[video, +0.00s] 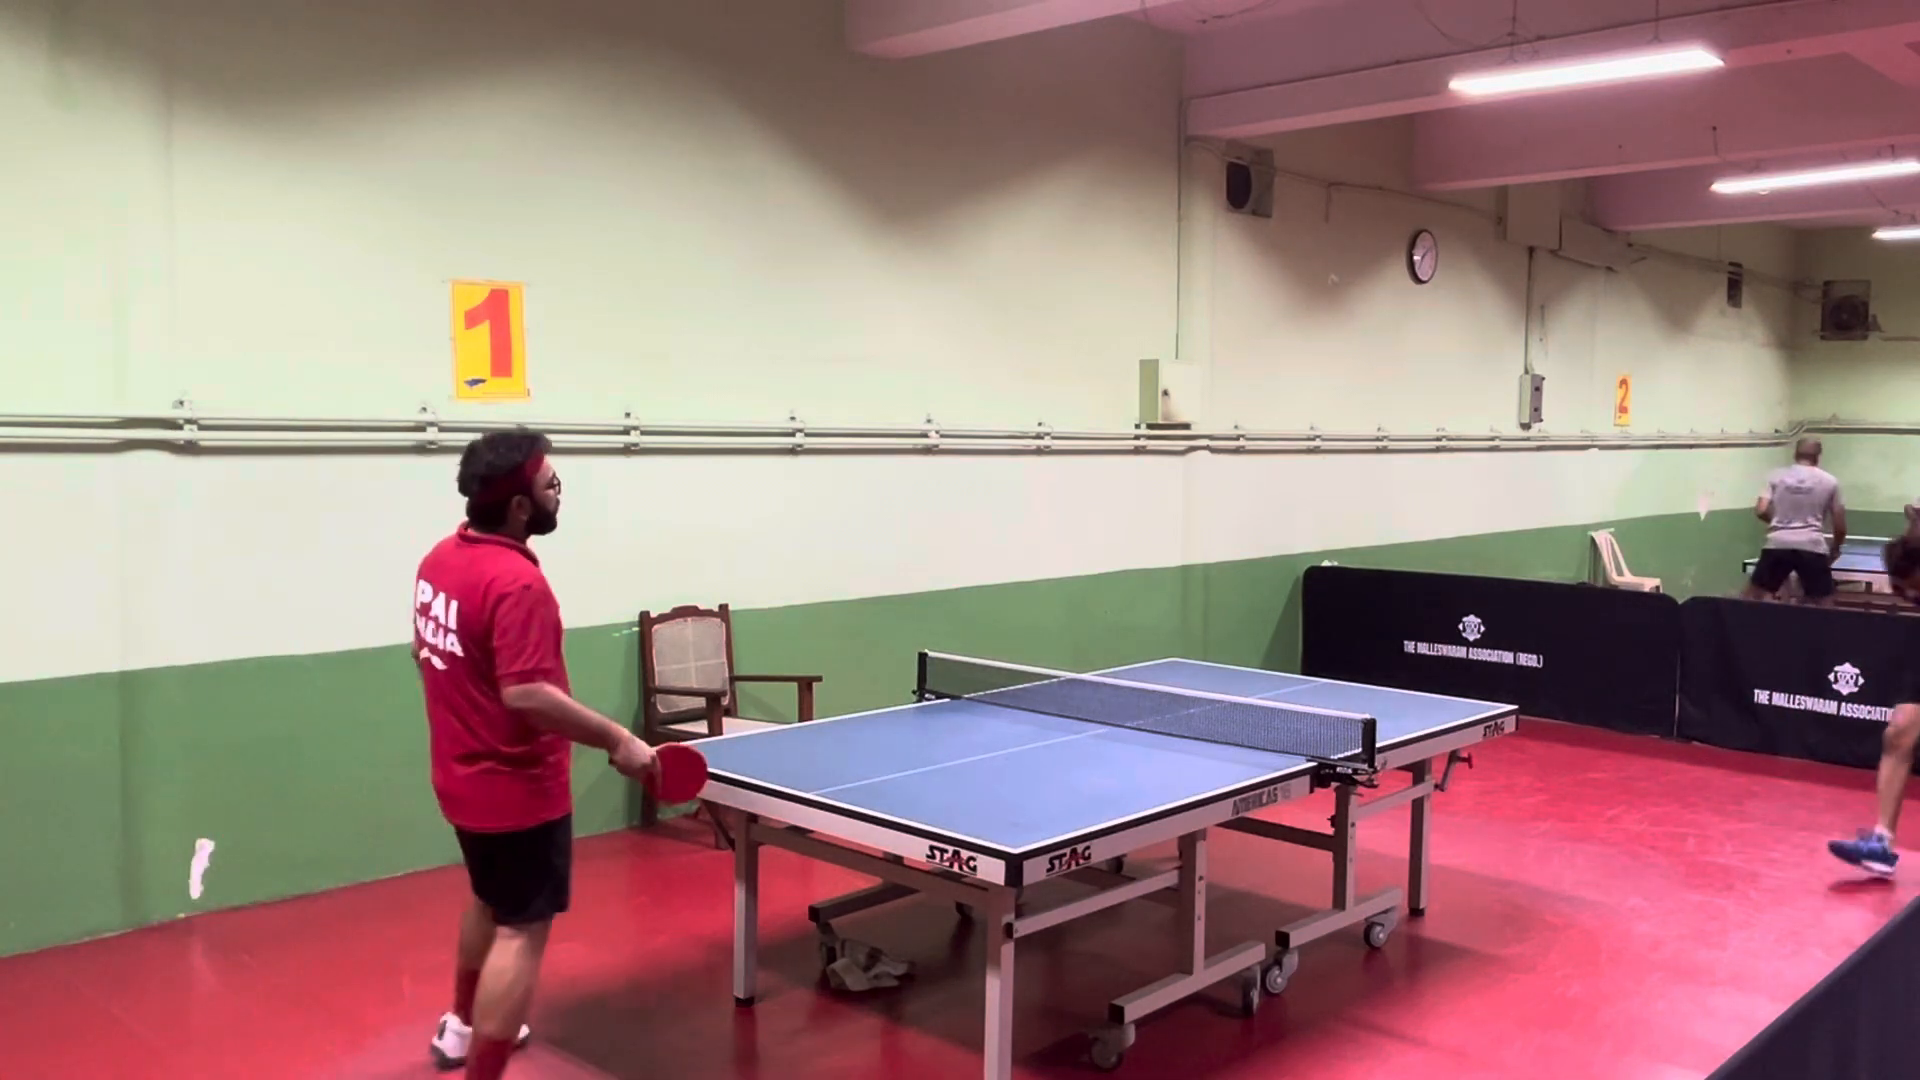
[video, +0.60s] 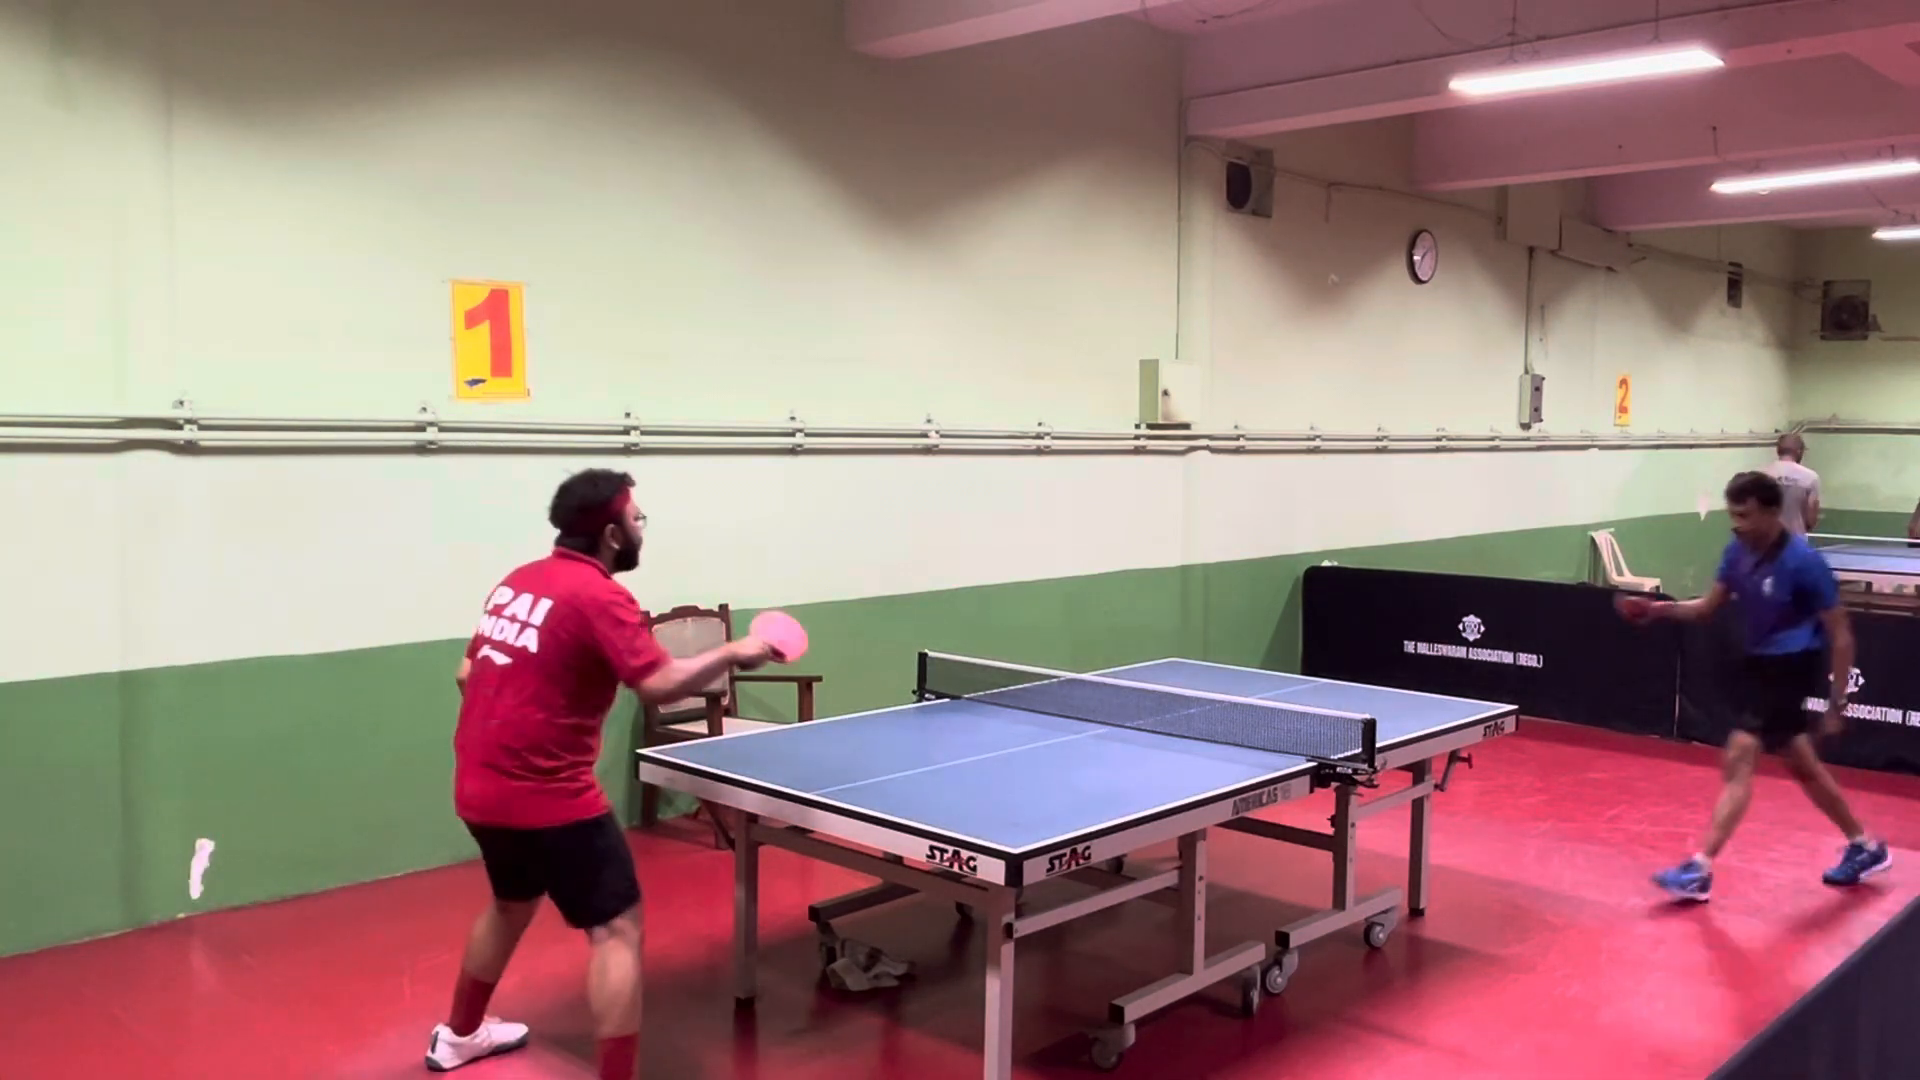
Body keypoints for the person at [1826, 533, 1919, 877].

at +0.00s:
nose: (1911, 597)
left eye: (1914, 589)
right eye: (1907, 591)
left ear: (1916, 578)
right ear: (1899, 584)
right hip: (1916, 682)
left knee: (1902, 733)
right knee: (1899, 731)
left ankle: (1883, 837)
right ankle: (1882, 837)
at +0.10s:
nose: (1874, 573)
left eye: (1878, 564)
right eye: (1869, 566)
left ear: (1898, 550)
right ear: (1868, 561)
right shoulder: (1873, 581)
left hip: (1911, 666)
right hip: (1906, 664)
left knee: (1877, 746)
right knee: (1874, 743)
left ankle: (1875, 849)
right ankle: (1875, 849)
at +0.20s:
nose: (1840, 554)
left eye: (1844, 545)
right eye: (1835, 547)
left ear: (1867, 533)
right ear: (1839, 541)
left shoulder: (1911, 559)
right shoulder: (1843, 567)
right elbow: (1851, 613)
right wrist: (1850, 662)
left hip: (1915, 660)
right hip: (1876, 661)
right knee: (1850, 744)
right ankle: (1872, 850)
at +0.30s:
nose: (1815, 531)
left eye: (1821, 521)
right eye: (1811, 523)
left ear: (1849, 514)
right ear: (1814, 522)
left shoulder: (1893, 551)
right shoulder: (1824, 556)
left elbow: (1918, 599)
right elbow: (1819, 608)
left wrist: (1882, 634)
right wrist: (1789, 666)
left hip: (1900, 658)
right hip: (1853, 656)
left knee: (1880, 755)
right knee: (1843, 753)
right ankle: (1872, 852)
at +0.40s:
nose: (1791, 518)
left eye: (1797, 509)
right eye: (1788, 510)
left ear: (1824, 502)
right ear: (1791, 508)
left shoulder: (1866, 544)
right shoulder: (1795, 545)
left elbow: (1913, 605)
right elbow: (1781, 606)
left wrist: (1915, 681)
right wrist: (1744, 641)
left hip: (1868, 652)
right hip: (1823, 652)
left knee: (1823, 739)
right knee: (1840, 751)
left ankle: (1864, 851)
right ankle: (1869, 853)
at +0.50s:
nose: (1762, 519)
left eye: (1770, 509)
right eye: (1759, 510)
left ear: (1800, 505)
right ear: (1761, 507)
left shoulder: (1837, 550)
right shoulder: (1767, 547)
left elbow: (1879, 614)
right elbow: (1741, 603)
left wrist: (1877, 687)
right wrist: (1699, 619)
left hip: (1831, 658)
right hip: (1794, 657)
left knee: (1785, 748)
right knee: (1832, 760)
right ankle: (1871, 850)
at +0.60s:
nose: (1735, 525)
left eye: (1743, 516)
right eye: (1732, 516)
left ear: (1772, 514)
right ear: (1735, 514)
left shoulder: (1805, 561)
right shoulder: (1739, 550)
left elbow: (1841, 632)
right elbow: (1707, 608)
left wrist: (1836, 706)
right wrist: (1658, 609)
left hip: (1793, 669)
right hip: (1758, 666)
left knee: (1738, 755)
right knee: (1802, 762)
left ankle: (1700, 866)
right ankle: (1862, 844)